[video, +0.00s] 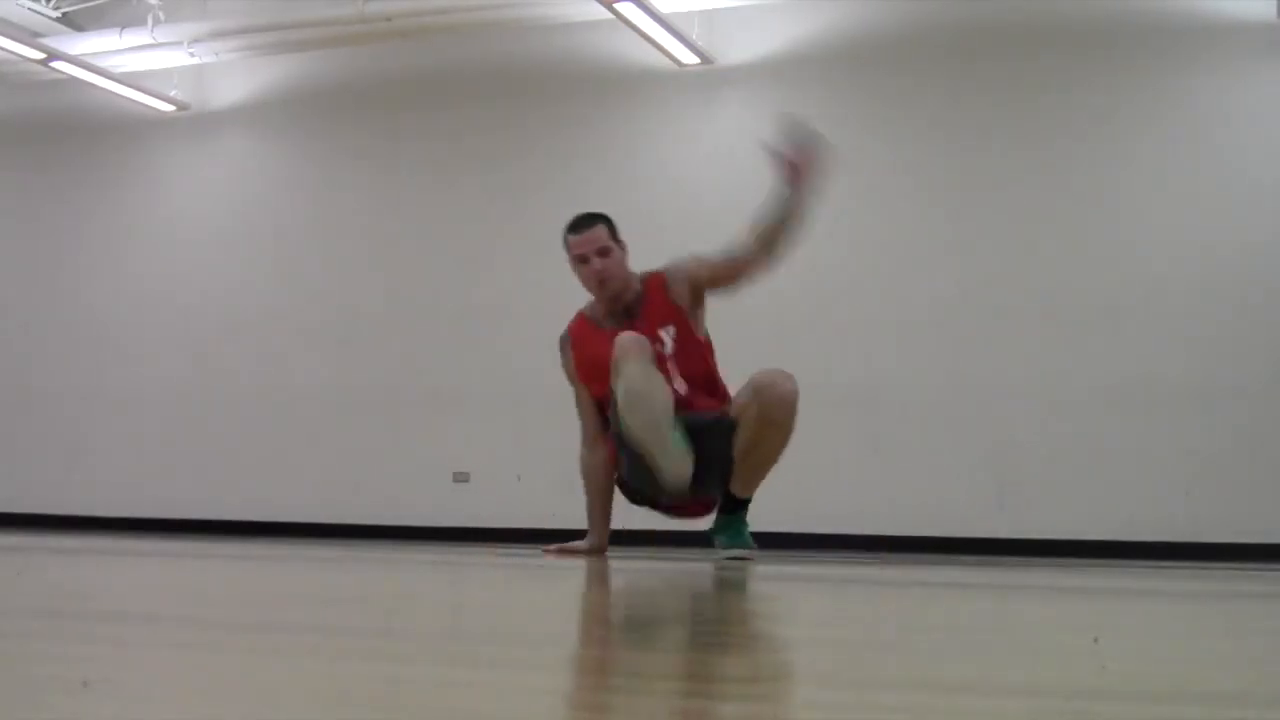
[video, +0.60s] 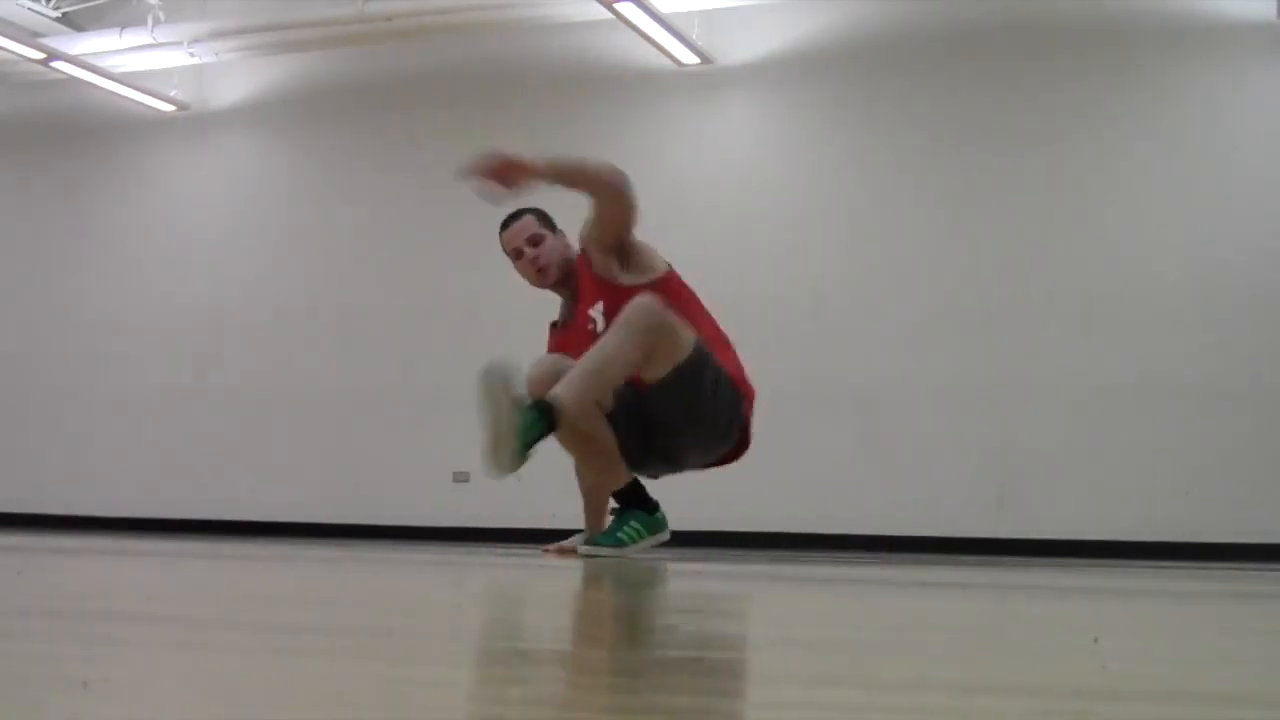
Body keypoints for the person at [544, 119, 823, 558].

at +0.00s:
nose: (597, 268)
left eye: (604, 253)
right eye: (583, 262)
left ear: (624, 250)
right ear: (575, 272)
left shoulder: (678, 283)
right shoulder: (578, 340)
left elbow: (754, 255)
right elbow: (595, 442)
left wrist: (792, 190)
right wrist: (597, 540)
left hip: (716, 458)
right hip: (648, 475)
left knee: (776, 388)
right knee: (630, 346)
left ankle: (733, 519)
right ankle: (656, 435)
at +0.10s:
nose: (565, 261)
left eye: (570, 246)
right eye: (550, 257)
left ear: (590, 242)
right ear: (543, 268)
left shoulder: (639, 252)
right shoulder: (569, 344)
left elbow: (669, 160)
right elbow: (594, 443)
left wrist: (629, 89)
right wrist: (597, 539)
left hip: (714, 369)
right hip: (661, 418)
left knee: (799, 375)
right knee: (587, 309)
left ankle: (764, 507)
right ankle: (686, 376)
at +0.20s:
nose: (551, 258)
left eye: (555, 245)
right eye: (538, 257)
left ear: (575, 243)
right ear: (534, 272)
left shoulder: (621, 241)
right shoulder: (577, 342)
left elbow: (605, 143)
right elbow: (597, 448)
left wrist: (542, 82)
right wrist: (595, 542)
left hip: (706, 320)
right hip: (659, 363)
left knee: (791, 295)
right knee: (553, 308)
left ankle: (839, 448)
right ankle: (688, 397)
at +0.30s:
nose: (542, 260)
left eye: (546, 246)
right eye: (531, 260)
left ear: (568, 240)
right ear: (532, 276)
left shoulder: (611, 236)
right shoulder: (574, 331)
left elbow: (573, 144)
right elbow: (598, 448)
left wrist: (515, 93)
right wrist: (596, 546)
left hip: (705, 316)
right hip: (662, 366)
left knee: (763, 227)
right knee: (542, 340)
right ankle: (672, 446)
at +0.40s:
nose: (532, 259)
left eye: (535, 246)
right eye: (521, 261)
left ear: (558, 240)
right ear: (526, 283)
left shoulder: (598, 235)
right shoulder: (570, 346)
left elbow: (548, 140)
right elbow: (596, 442)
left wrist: (473, 104)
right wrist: (597, 538)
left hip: (710, 337)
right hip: (667, 390)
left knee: (706, 228)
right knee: (557, 373)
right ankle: (652, 517)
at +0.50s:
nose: (526, 265)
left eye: (531, 249)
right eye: (514, 265)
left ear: (555, 242)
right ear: (515, 278)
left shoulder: (596, 241)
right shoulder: (567, 349)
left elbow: (548, 144)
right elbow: (598, 446)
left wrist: (453, 115)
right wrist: (598, 535)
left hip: (728, 377)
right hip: (675, 426)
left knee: (674, 258)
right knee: (557, 369)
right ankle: (644, 511)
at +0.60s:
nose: (531, 257)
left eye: (537, 241)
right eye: (518, 256)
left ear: (564, 237)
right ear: (518, 272)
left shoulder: (607, 252)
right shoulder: (563, 341)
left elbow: (613, 184)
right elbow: (586, 436)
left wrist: (533, 170)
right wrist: (592, 535)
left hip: (713, 418)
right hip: (646, 442)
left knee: (647, 314)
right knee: (547, 374)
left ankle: (536, 421)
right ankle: (641, 513)